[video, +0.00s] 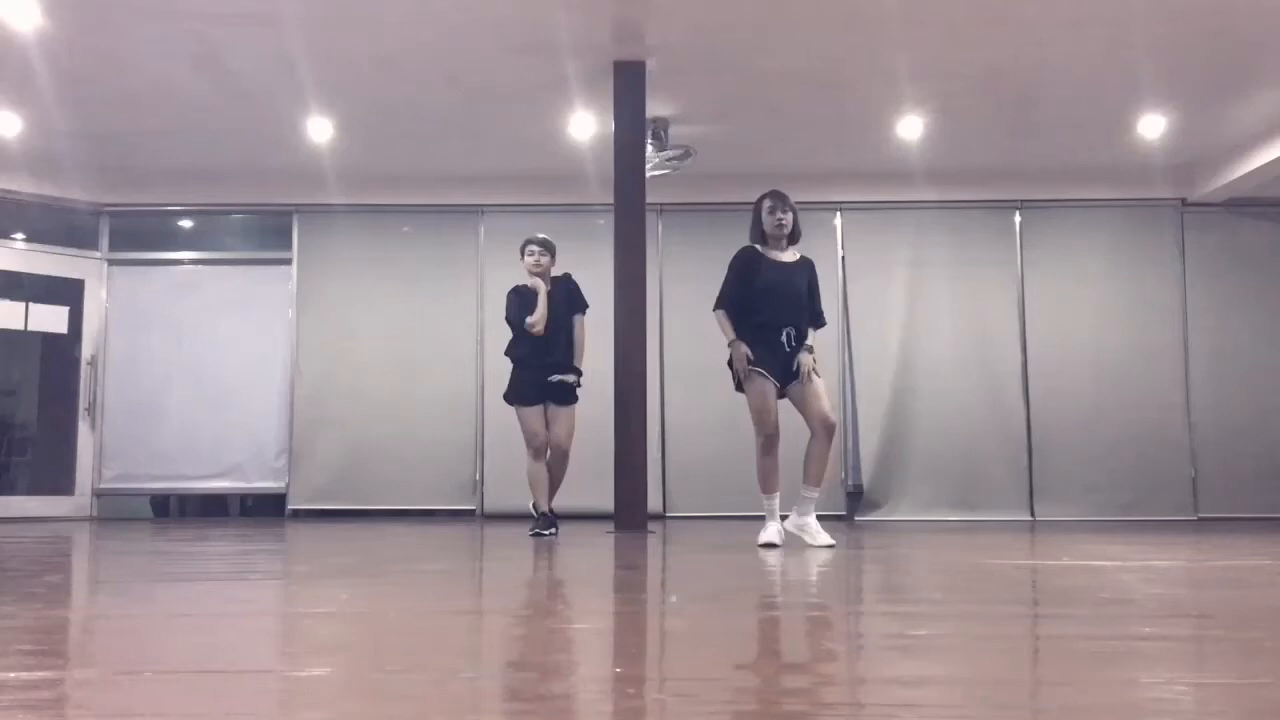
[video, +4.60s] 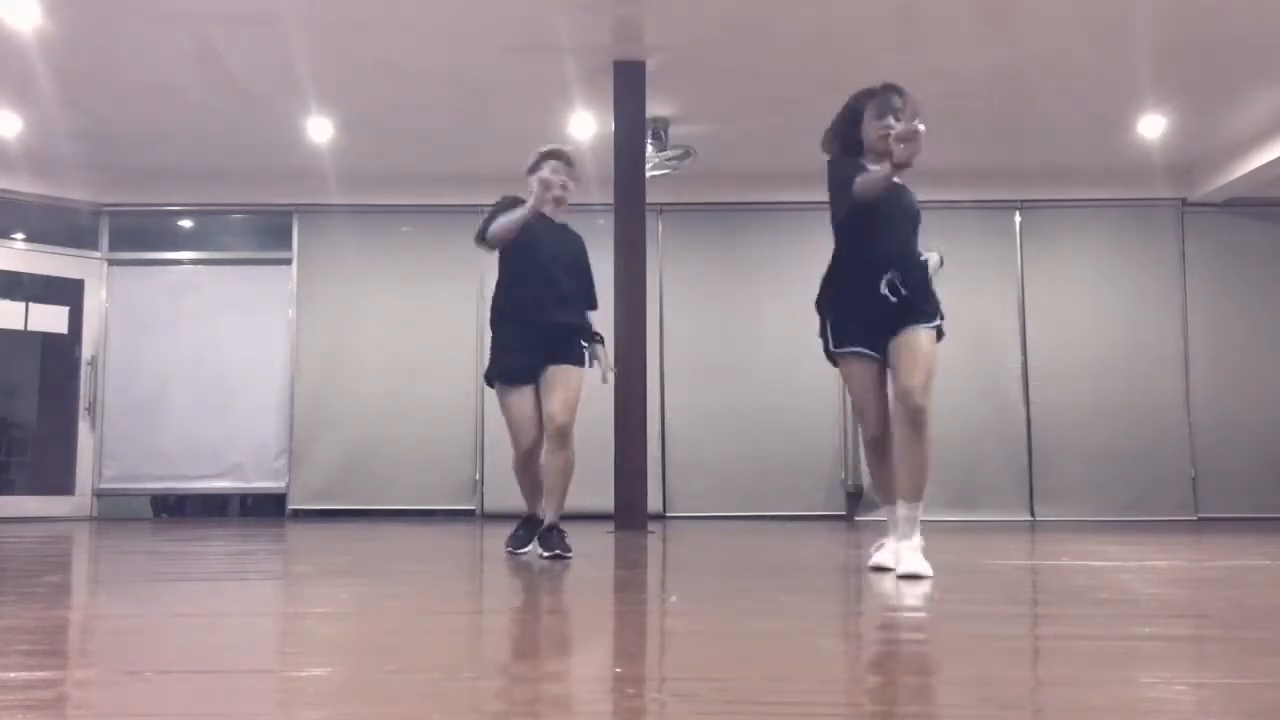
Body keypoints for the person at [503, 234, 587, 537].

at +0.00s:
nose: (536, 258)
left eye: (542, 254)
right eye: (530, 254)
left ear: (552, 260)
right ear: (522, 260)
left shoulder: (566, 285)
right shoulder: (517, 295)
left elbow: (578, 327)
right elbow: (535, 326)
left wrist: (576, 368)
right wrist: (542, 289)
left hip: (561, 375)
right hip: (527, 377)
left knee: (560, 447)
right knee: (537, 446)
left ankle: (543, 505)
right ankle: (543, 514)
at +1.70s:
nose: (545, 259)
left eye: (550, 255)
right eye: (539, 255)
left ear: (560, 260)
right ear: (531, 262)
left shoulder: (575, 295)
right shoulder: (520, 296)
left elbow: (590, 329)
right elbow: (513, 340)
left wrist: (581, 337)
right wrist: (541, 352)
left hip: (571, 380)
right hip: (537, 380)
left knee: (561, 448)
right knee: (545, 445)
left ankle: (542, 508)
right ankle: (544, 513)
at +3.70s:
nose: (537, 222)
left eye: (544, 216)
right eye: (530, 216)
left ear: (556, 221)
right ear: (520, 223)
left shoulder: (577, 254)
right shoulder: (513, 274)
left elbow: (595, 305)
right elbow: (504, 329)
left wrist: (597, 351)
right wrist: (494, 370)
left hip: (571, 363)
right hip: (526, 366)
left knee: (568, 453)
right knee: (544, 445)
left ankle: (548, 501)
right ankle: (555, 522)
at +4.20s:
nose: (537, 197)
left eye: (547, 192)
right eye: (531, 190)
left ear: (560, 200)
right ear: (520, 195)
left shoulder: (576, 237)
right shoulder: (496, 244)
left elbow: (601, 282)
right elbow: (479, 297)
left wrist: (602, 314)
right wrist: (498, 311)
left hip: (571, 342)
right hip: (522, 344)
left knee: (558, 419)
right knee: (521, 432)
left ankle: (561, 519)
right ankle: (518, 521)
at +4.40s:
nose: (522, 196)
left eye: (528, 187)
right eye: (513, 191)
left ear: (543, 192)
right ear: (503, 201)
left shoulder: (576, 231)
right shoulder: (499, 250)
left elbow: (597, 286)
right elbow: (494, 308)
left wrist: (600, 338)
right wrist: (510, 265)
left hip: (566, 343)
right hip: (513, 347)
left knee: (558, 407)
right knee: (522, 448)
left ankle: (551, 515)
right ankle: (521, 524)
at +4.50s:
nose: (533, 185)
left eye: (539, 176)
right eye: (524, 181)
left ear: (554, 181)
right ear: (514, 190)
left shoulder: (579, 234)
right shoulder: (501, 230)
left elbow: (589, 295)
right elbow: (488, 278)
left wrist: (590, 338)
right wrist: (529, 238)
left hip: (565, 341)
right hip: (514, 341)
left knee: (558, 423)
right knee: (524, 446)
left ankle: (552, 525)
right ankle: (524, 524)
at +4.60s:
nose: (556, 180)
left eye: (563, 175)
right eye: (548, 172)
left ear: (571, 188)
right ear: (531, 179)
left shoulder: (571, 239)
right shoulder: (510, 212)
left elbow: (579, 302)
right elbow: (492, 235)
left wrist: (595, 338)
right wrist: (530, 208)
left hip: (565, 340)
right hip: (515, 339)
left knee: (559, 425)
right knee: (526, 445)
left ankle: (552, 526)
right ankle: (533, 516)